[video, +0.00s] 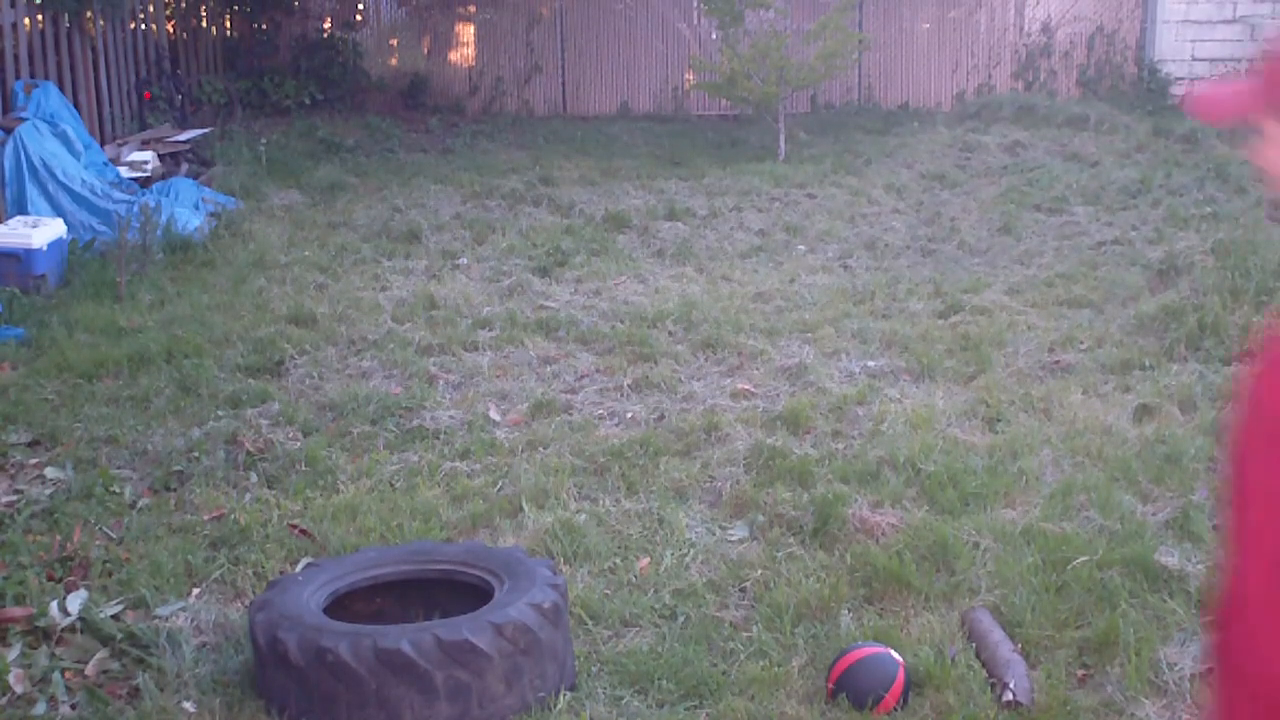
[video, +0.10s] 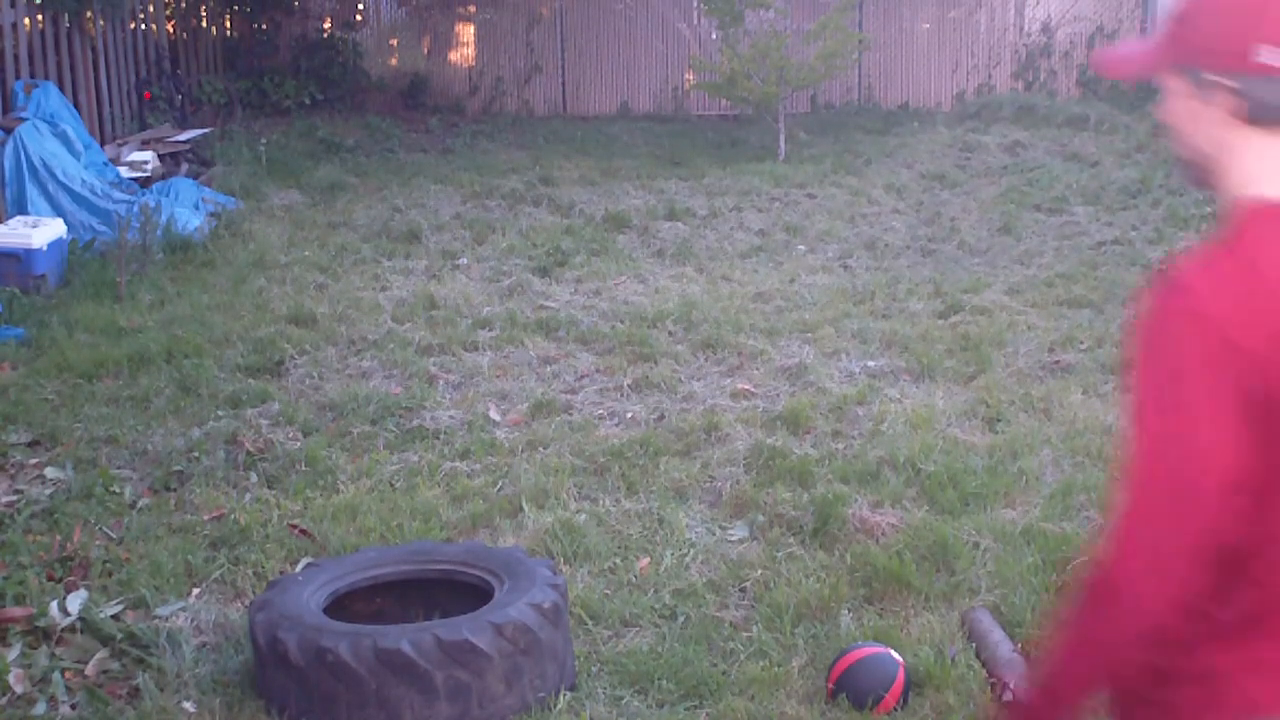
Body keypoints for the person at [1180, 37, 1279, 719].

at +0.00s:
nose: (1254, 157)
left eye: (1261, 133)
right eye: (1253, 134)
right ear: (1256, 137)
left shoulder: (1267, 367)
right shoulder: (1262, 360)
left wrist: (1247, 696)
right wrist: (1241, 692)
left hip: (1258, 690)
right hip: (1250, 684)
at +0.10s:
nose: (1159, 111)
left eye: (1168, 89)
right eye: (1161, 90)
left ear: (1224, 98)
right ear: (1233, 97)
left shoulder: (1213, 293)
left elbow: (1159, 559)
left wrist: (1043, 696)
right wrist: (1056, 681)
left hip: (1210, 695)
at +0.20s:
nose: (1074, 100)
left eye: (1084, 79)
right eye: (1076, 79)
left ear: (1133, 89)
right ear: (1216, 81)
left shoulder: (1117, 267)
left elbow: (1031, 512)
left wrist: (871, 628)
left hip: (1140, 678)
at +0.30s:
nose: (997, 121)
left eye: (1004, 102)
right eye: (999, 101)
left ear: (1046, 110)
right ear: (1137, 101)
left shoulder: (1028, 284)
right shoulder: (1240, 253)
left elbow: (926, 490)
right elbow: (1272, 442)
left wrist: (769, 571)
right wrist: (1278, 599)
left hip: (1052, 656)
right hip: (1181, 627)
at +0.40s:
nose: (938, 133)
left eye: (942, 114)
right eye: (940, 113)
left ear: (973, 120)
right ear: (1064, 116)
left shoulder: (945, 280)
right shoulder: (1149, 257)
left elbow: (852, 481)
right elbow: (1208, 441)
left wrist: (708, 557)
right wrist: (1246, 572)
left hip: (971, 641)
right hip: (1088, 612)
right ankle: (888, 690)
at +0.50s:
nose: (881, 110)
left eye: (884, 93)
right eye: (881, 94)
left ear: (910, 98)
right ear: (996, 95)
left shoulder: (881, 243)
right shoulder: (1076, 228)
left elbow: (800, 438)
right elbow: (1116, 397)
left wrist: (706, 561)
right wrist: (1145, 528)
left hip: (902, 591)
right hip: (1028, 567)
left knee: (841, 704)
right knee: (984, 708)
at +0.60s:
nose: (817, 83)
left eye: (818, 65)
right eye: (814, 66)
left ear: (845, 66)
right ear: (926, 61)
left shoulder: (822, 201)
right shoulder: (1017, 185)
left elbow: (768, 402)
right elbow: (1049, 362)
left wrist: (721, 536)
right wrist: (1027, 469)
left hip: (845, 543)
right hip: (981, 525)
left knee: (765, 704)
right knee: (940, 709)